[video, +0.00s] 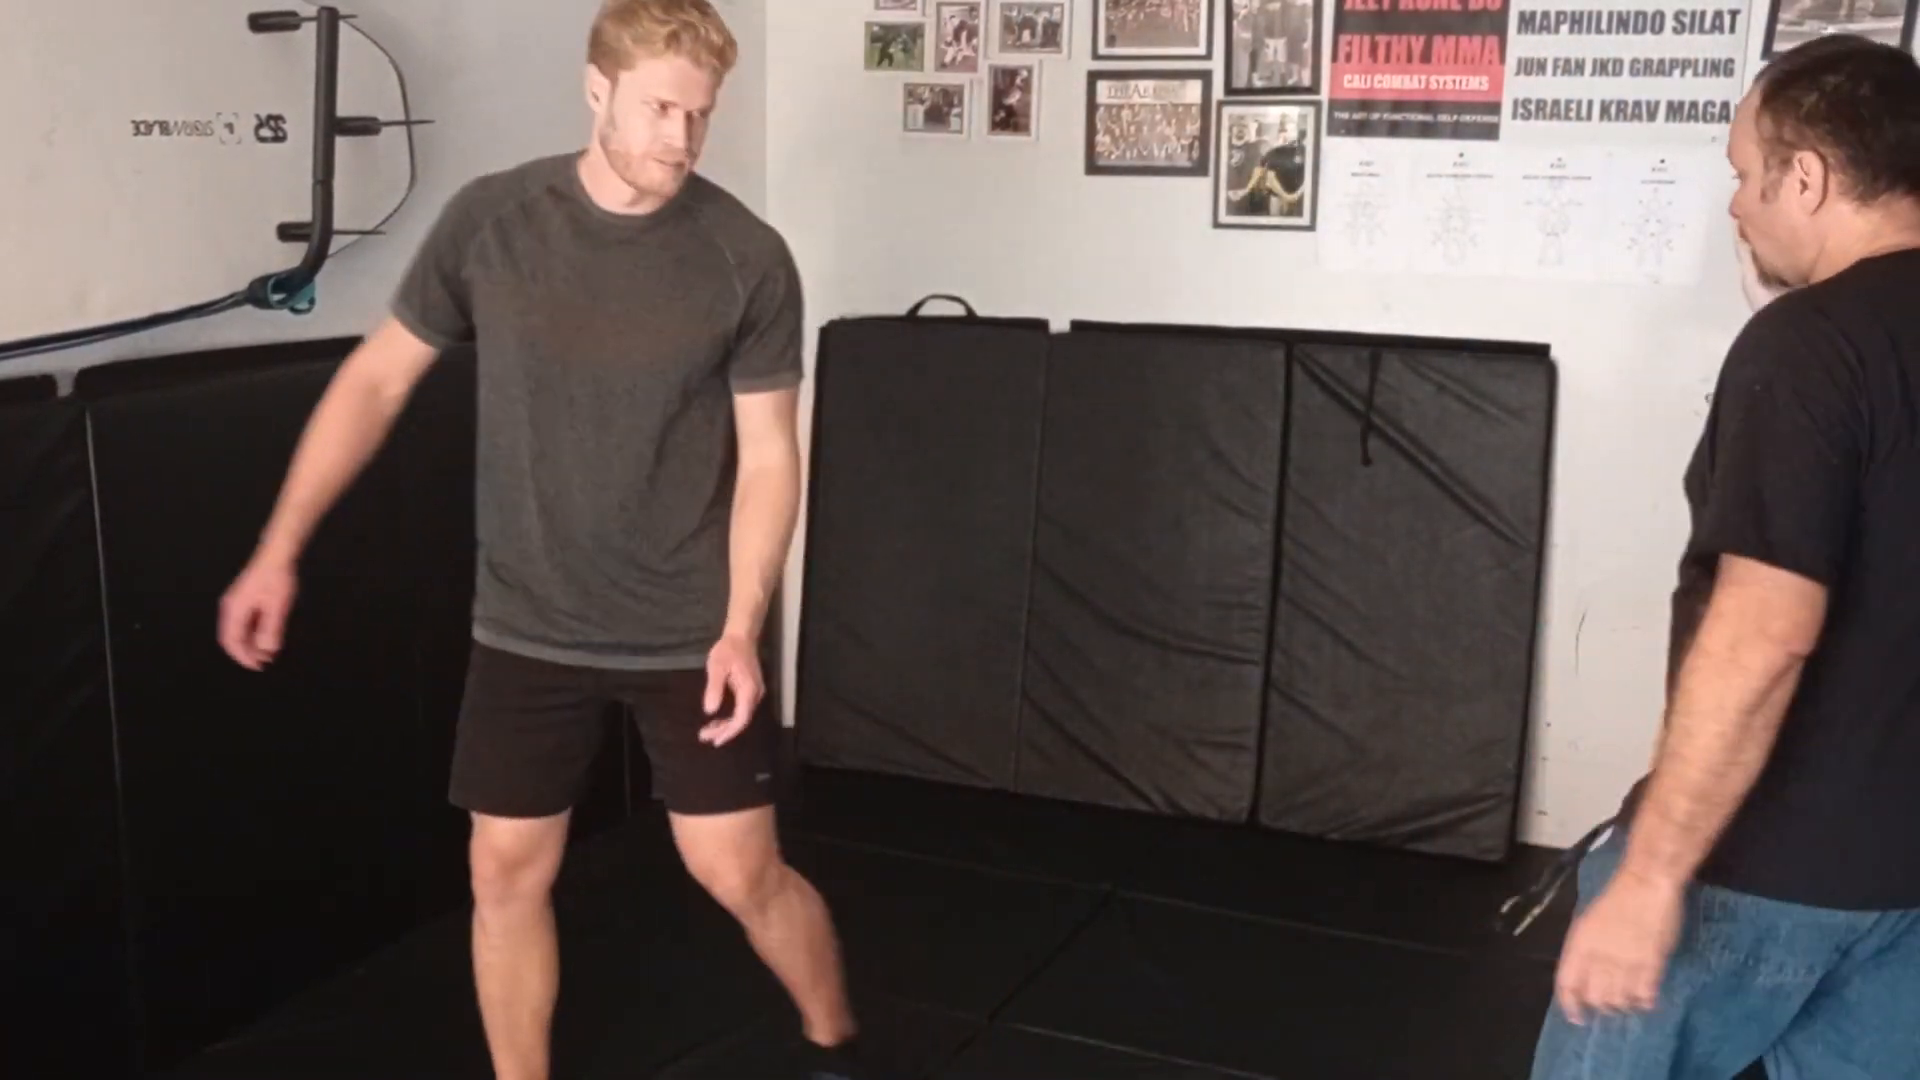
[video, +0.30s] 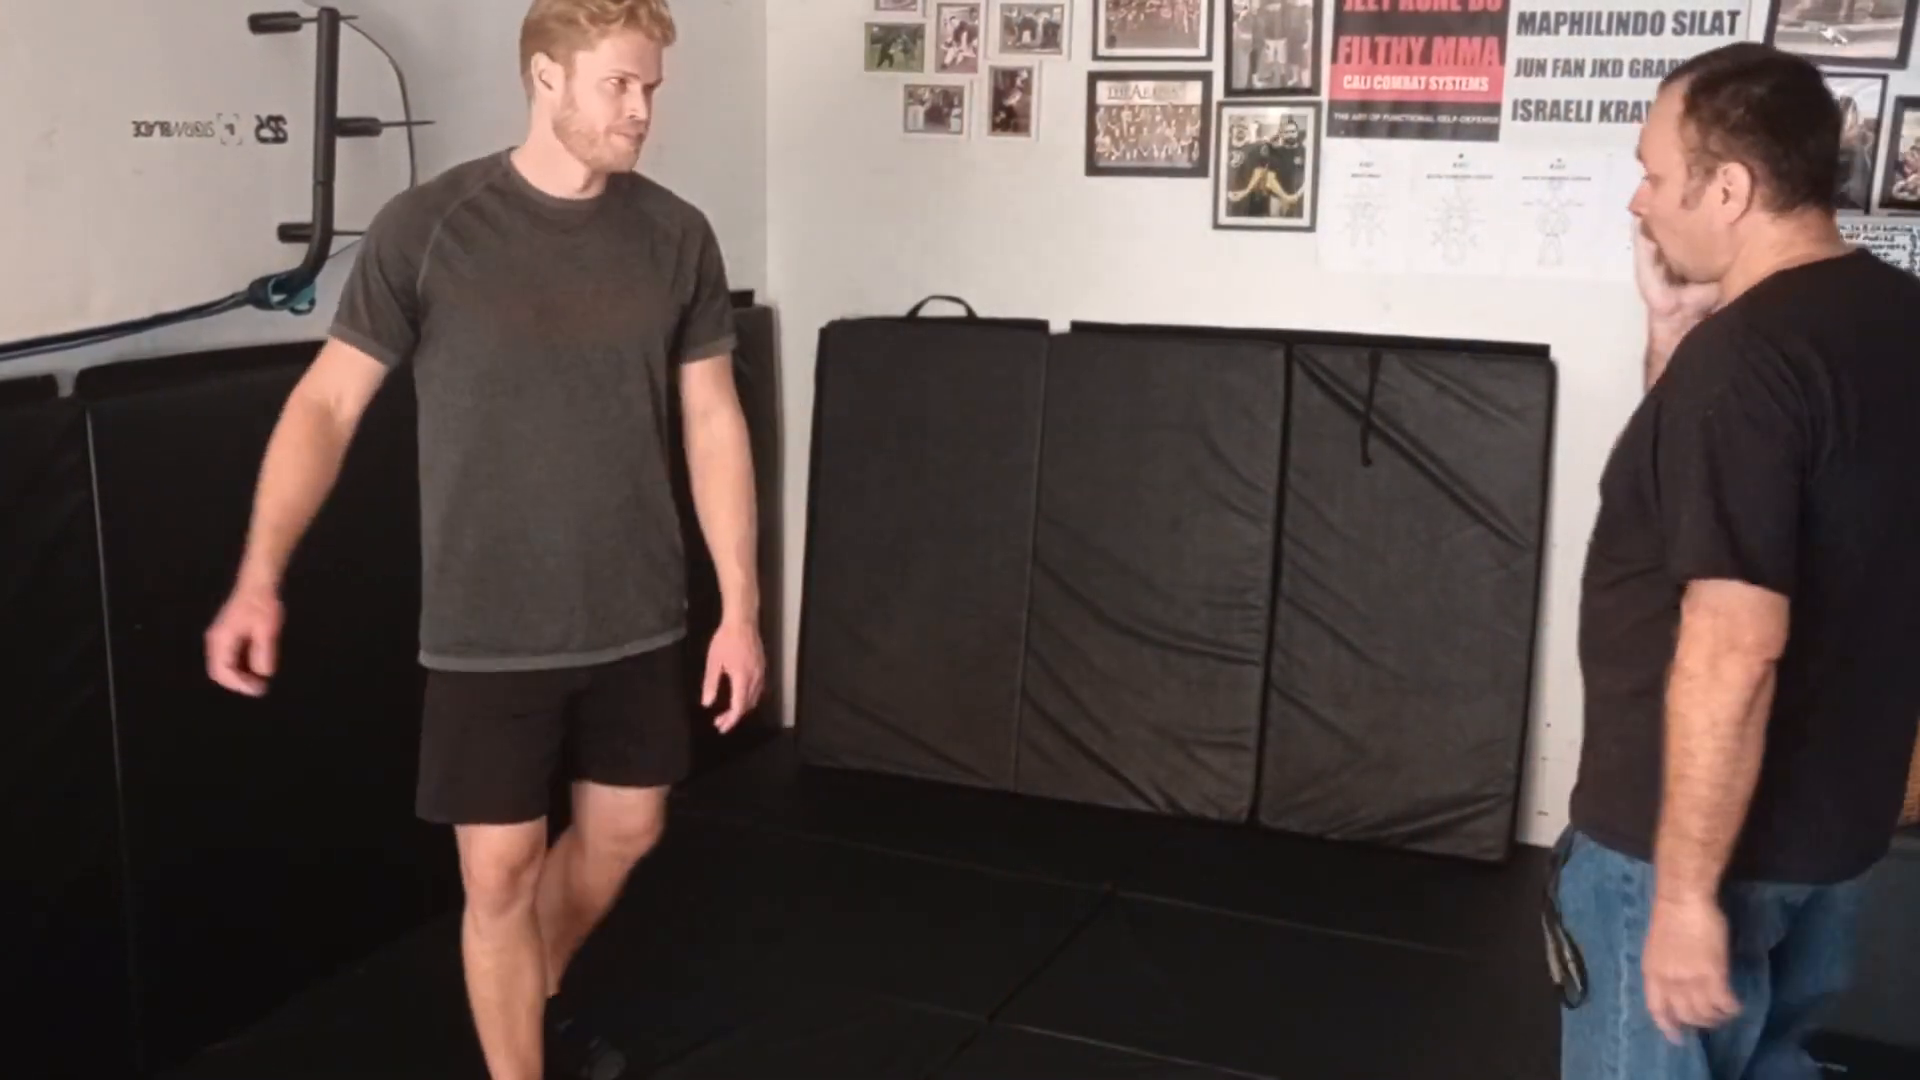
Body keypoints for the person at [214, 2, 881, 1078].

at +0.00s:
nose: (681, 139)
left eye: (699, 114)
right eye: (659, 110)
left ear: (716, 111)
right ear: (599, 93)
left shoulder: (748, 261)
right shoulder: (488, 222)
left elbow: (769, 455)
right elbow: (375, 381)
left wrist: (743, 625)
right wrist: (278, 549)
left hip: (688, 636)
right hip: (525, 631)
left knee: (739, 872)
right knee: (504, 872)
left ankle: (839, 1046)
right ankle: (520, 1076)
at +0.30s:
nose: (642, 109)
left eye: (652, 86)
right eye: (620, 85)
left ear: (658, 85)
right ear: (547, 81)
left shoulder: (676, 237)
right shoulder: (426, 227)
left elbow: (715, 422)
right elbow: (326, 404)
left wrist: (740, 609)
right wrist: (259, 576)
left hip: (640, 621)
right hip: (484, 633)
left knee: (623, 833)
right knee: (502, 880)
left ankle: (524, 1006)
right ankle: (514, 1068)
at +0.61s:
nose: (644, 116)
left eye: (648, 93)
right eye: (622, 94)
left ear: (605, 97)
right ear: (547, 93)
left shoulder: (628, 231)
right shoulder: (454, 237)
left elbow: (657, 402)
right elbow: (427, 447)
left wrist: (722, 527)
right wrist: (538, 613)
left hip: (616, 596)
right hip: (503, 607)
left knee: (594, 814)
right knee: (552, 847)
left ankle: (527, 1021)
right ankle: (471, 1068)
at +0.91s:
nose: (639, 114)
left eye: (643, 90)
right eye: (620, 91)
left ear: (569, 91)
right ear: (546, 87)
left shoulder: (592, 212)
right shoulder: (464, 208)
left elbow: (674, 325)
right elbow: (503, 385)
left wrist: (798, 295)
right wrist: (688, 342)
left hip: (585, 583)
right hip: (516, 599)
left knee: (532, 832)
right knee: (573, 856)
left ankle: (513, 1015)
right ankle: (540, 1069)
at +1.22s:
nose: (649, 120)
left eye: (652, 98)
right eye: (630, 98)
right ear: (553, 92)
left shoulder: (597, 211)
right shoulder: (464, 201)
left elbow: (691, 333)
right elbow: (561, 362)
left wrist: (757, 206)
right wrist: (681, 207)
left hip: (560, 584)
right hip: (495, 596)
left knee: (525, 835)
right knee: (555, 868)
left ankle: (506, 1016)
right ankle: (529, 1067)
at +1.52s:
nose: (606, 125)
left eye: (615, 102)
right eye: (582, 103)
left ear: (620, 100)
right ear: (512, 100)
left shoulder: (581, 223)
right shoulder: (429, 221)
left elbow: (640, 358)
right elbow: (458, 404)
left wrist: (735, 266)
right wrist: (606, 293)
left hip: (568, 587)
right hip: (494, 605)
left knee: (503, 808)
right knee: (560, 871)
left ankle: (441, 978)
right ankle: (524, 1074)